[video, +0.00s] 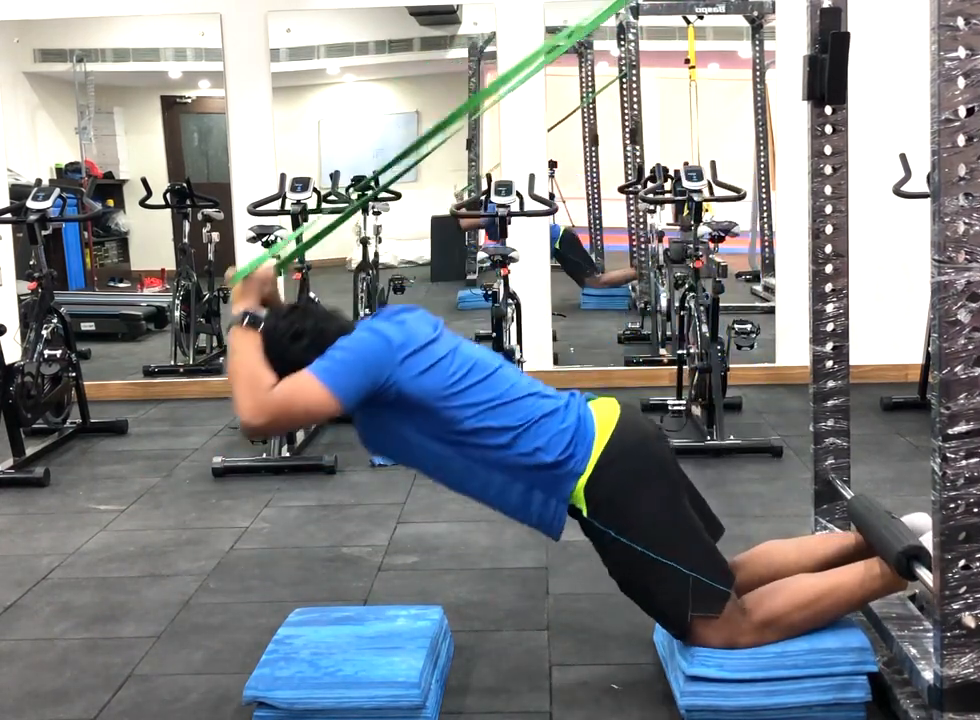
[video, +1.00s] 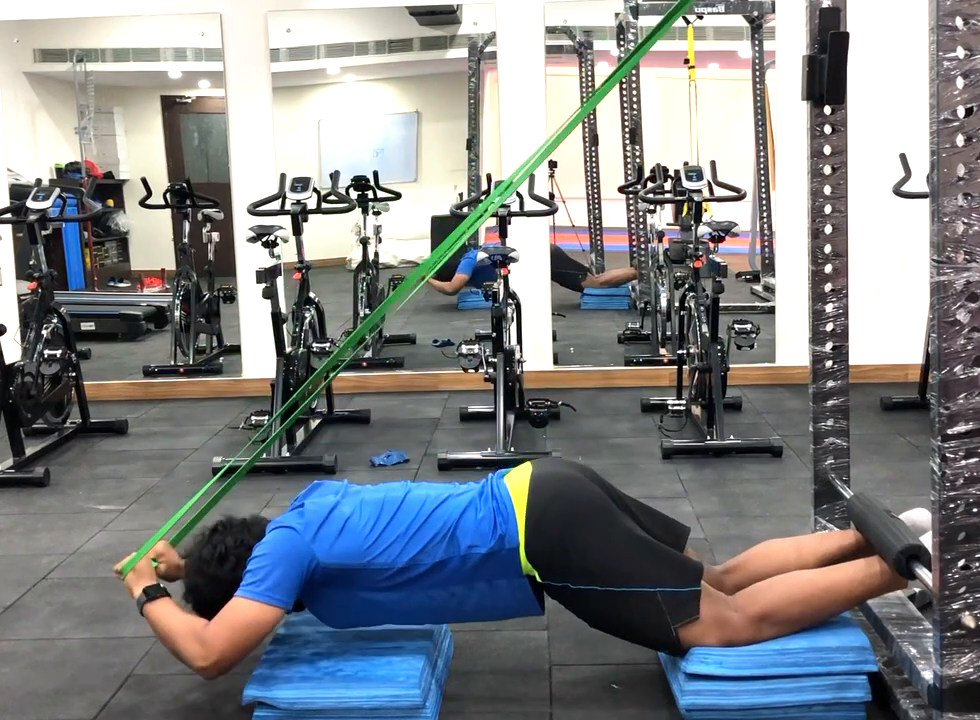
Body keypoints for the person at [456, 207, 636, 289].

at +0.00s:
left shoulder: (496, 216)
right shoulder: (495, 214)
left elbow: (463, 225)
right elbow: (463, 223)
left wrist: (458, 207)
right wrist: (467, 204)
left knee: (595, 280)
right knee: (590, 281)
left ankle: (641, 272)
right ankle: (638, 271)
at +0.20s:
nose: (461, 233)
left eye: (460, 229)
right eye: (459, 228)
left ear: (465, 225)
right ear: (467, 217)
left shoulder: (485, 221)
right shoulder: (485, 219)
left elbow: (458, 243)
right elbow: (461, 240)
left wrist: (446, 222)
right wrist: (455, 220)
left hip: (555, 242)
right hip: (551, 245)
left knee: (594, 281)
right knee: (591, 280)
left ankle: (641, 271)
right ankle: (639, 271)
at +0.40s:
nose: (460, 245)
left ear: (470, 232)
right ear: (479, 225)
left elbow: (453, 258)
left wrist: (436, 240)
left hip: (549, 248)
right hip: (550, 244)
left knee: (593, 282)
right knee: (593, 279)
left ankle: (641, 271)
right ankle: (640, 271)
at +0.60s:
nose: (446, 265)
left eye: (445, 261)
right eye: (444, 262)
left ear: (451, 249)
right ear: (457, 246)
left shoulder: (472, 247)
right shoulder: (476, 246)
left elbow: (452, 274)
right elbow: (453, 272)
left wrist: (432, 261)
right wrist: (436, 262)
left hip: (546, 253)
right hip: (546, 251)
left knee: (591, 282)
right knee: (591, 280)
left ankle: (640, 272)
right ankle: (640, 271)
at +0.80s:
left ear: (454, 249)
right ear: (463, 243)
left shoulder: (471, 255)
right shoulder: (474, 254)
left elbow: (452, 286)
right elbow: (451, 284)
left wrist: (428, 274)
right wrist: (431, 274)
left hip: (546, 258)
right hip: (546, 255)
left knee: (593, 281)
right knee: (593, 279)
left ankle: (642, 271)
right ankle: (641, 270)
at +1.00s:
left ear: (455, 248)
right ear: (463, 244)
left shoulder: (471, 257)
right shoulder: (473, 255)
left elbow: (451, 289)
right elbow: (450, 286)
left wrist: (425, 277)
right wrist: (428, 275)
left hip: (546, 259)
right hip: (544, 257)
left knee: (594, 280)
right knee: (593, 279)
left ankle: (642, 271)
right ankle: (641, 270)